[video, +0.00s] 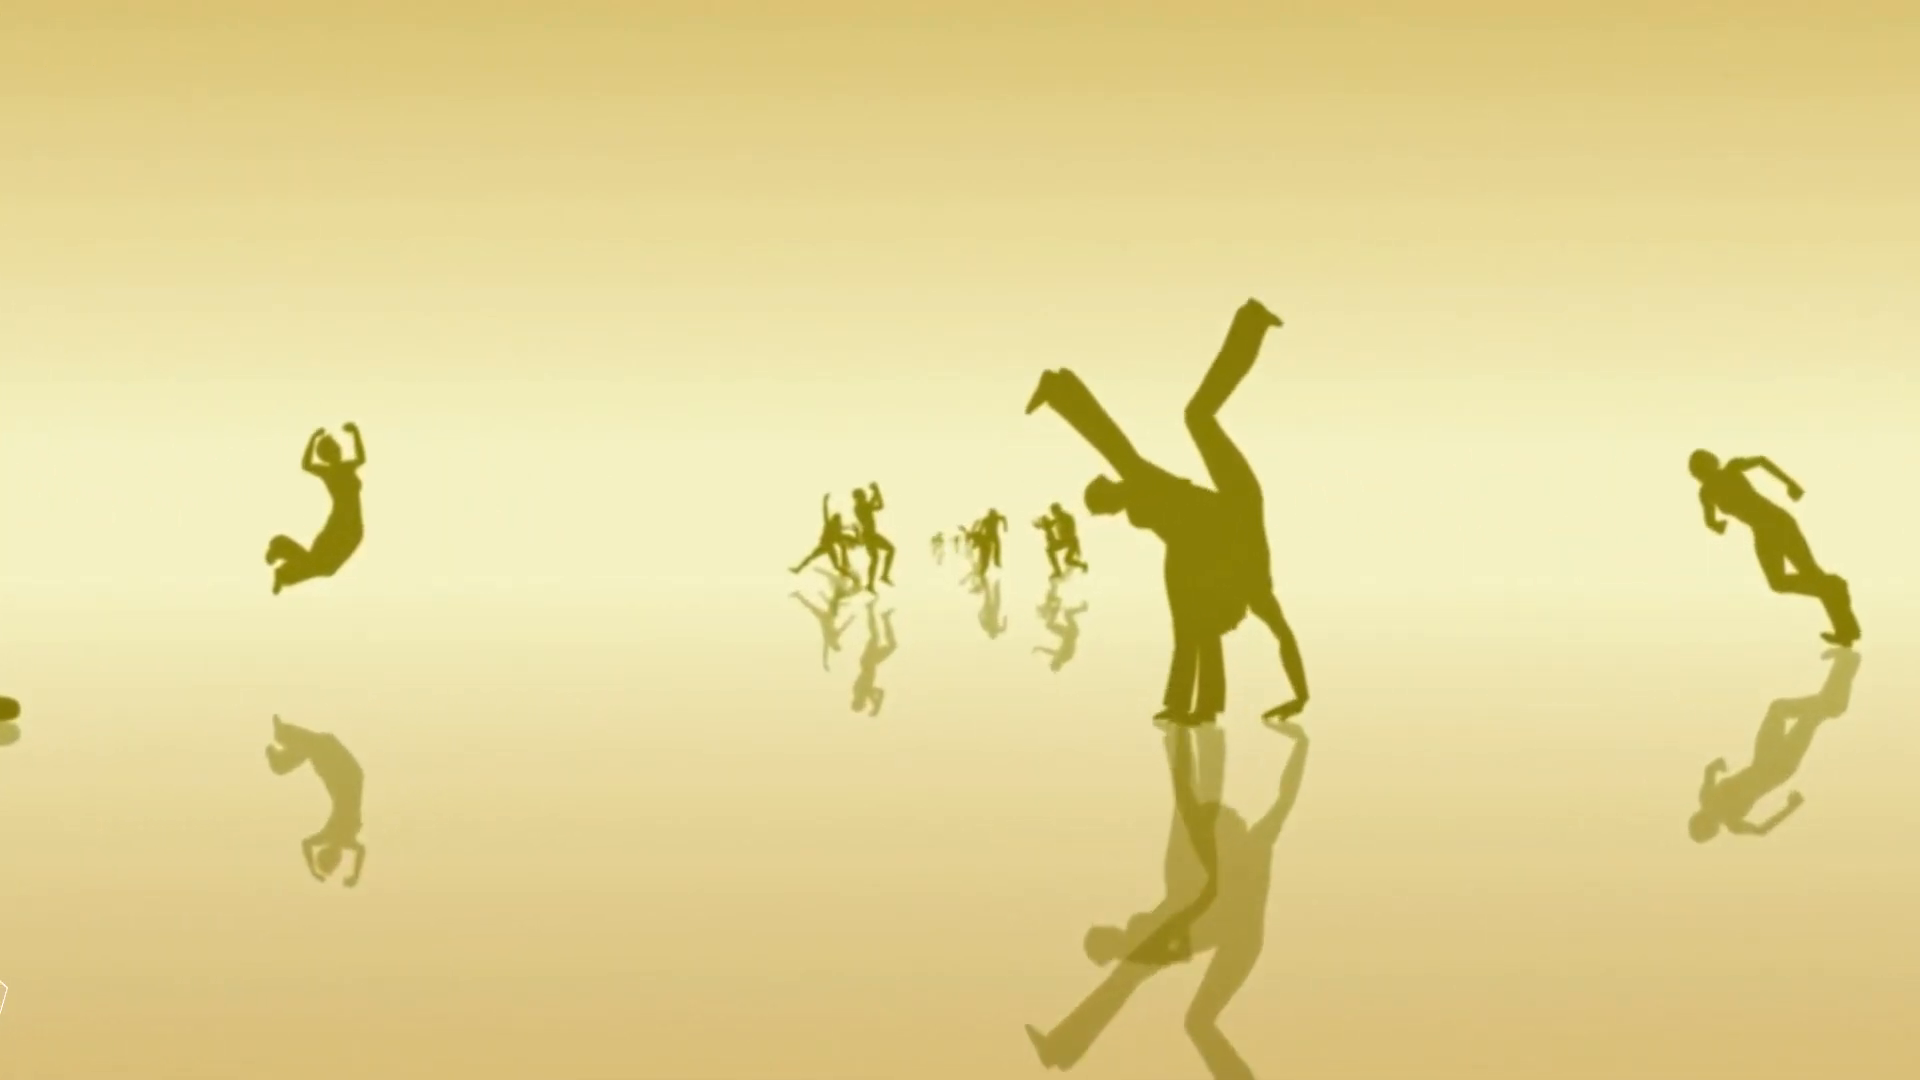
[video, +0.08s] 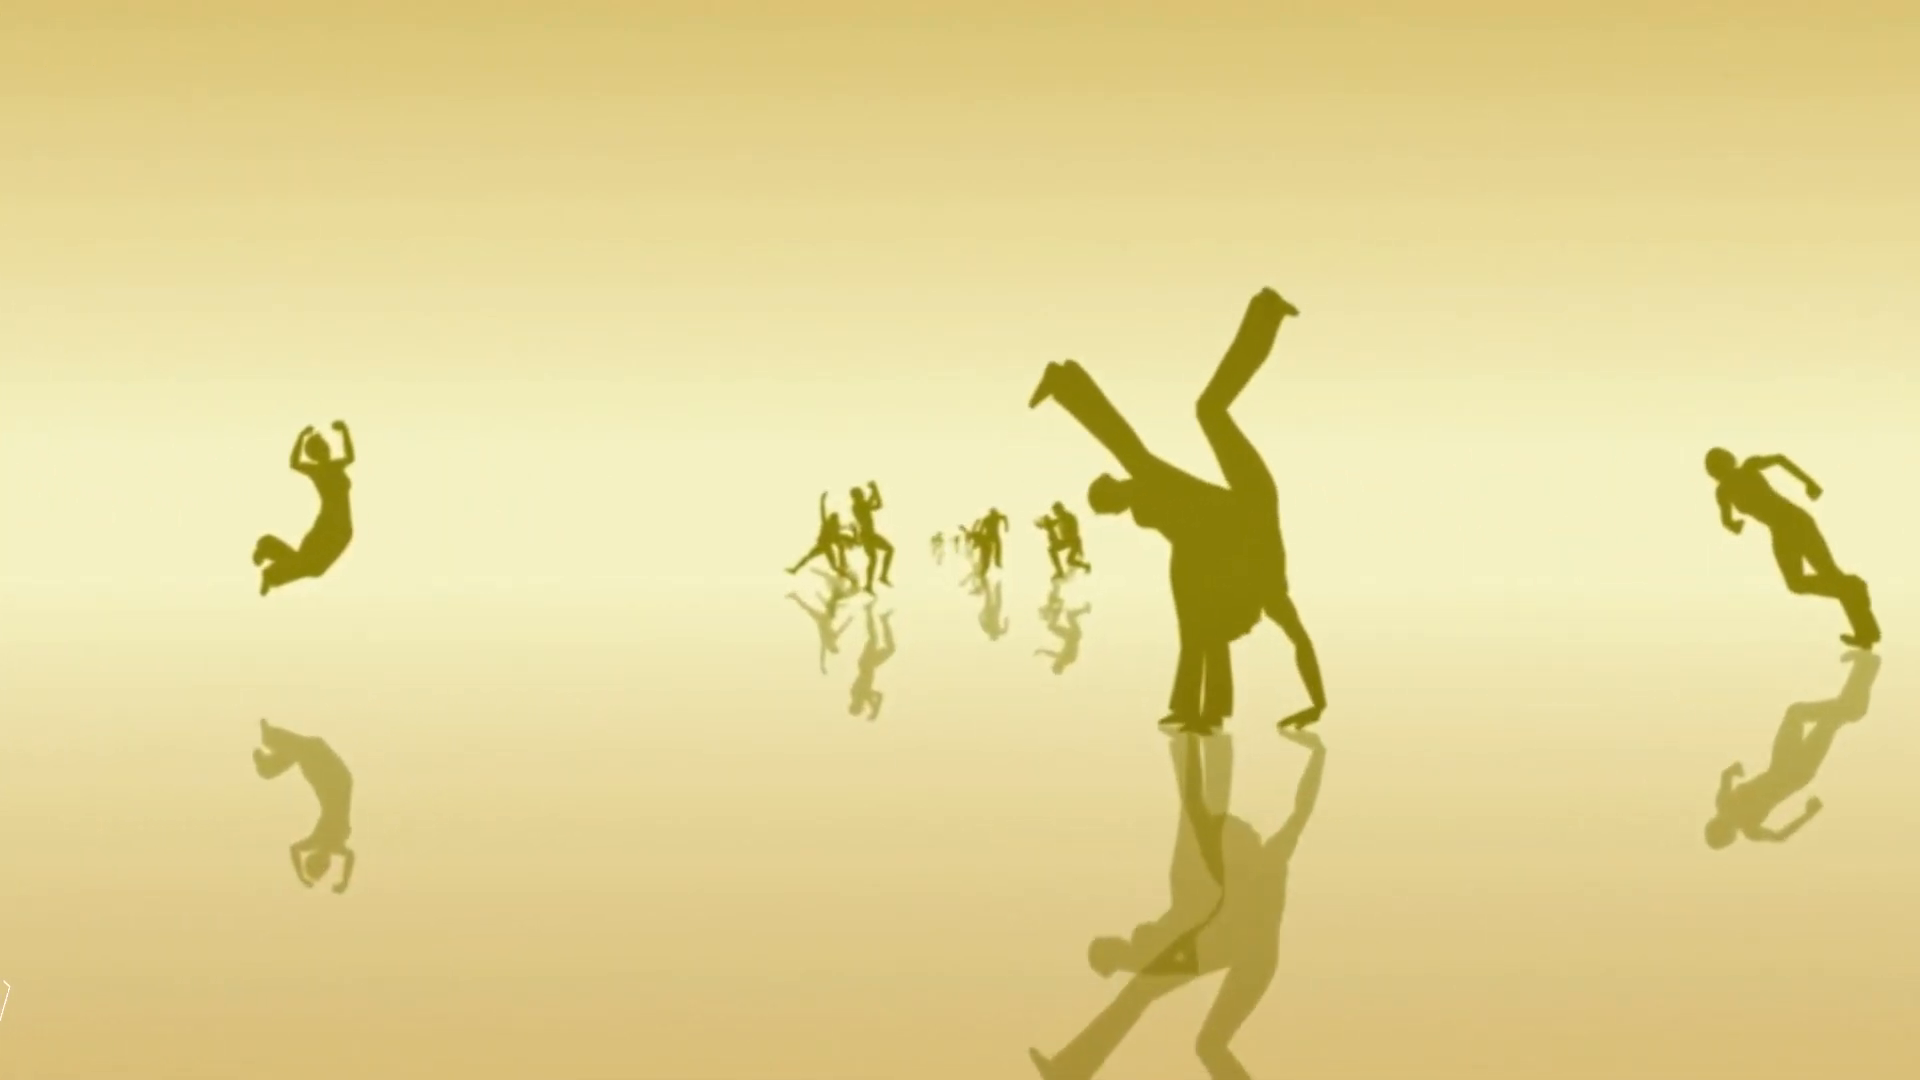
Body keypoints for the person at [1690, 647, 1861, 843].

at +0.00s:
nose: (1710, 831)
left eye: (1705, 830)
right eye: (1708, 833)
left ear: (1701, 818)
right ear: (1710, 830)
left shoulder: (1707, 799)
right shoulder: (1733, 824)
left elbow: (1709, 776)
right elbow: (1761, 830)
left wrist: (1715, 767)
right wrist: (1790, 808)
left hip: (1763, 758)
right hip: (1780, 769)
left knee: (1776, 709)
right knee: (1813, 717)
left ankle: (1823, 703)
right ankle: (1846, 663)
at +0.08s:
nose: (1727, 837)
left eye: (1722, 836)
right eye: (1725, 839)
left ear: (1717, 824)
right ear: (1727, 836)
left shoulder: (1724, 806)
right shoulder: (1751, 831)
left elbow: (1725, 782)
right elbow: (1780, 836)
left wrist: (1732, 771)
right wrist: (1808, 815)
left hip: (1780, 763)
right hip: (1798, 775)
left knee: (1794, 713)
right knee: (1833, 720)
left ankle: (1841, 707)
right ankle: (1866, 664)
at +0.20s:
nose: (1738, 841)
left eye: (1733, 839)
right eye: (1735, 843)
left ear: (1729, 827)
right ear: (1738, 841)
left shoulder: (1736, 809)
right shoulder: (1762, 834)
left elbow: (1737, 785)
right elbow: (1792, 840)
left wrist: (1743, 775)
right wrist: (1821, 819)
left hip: (1793, 767)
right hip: (1810, 778)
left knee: (1807, 716)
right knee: (1845, 723)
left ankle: (1857, 709)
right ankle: (1879, 667)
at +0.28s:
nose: (1756, 847)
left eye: (1750, 846)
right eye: (1753, 850)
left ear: (1746, 834)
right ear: (1756, 847)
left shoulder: (1753, 815)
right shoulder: (1780, 842)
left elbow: (1755, 788)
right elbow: (1811, 848)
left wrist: (1762, 780)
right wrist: (1841, 824)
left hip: (1812, 772)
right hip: (1829, 785)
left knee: (1826, 720)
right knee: (1864, 729)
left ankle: (1879, 714)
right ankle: (1900, 670)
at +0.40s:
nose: (1767, 846)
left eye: (1762, 846)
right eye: (1766, 850)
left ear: (1758, 838)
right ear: (1769, 850)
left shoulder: (1765, 818)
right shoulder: (1793, 845)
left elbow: (1767, 789)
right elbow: (1824, 853)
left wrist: (1776, 783)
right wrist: (1855, 828)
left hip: (1826, 773)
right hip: (1845, 787)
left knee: (1840, 722)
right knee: (1879, 729)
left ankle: (1890, 716)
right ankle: (1911, 666)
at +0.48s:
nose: (1787, 858)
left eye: (1781, 857)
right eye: (1785, 860)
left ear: (1776, 846)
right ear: (1787, 859)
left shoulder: (1784, 826)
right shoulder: (1813, 854)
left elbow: (1786, 798)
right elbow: (1846, 859)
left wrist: (1794, 789)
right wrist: (1875, 835)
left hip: (1846, 780)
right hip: (1866, 793)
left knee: (1861, 726)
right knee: (1896, 738)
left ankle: (1908, 718)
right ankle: (1912, 722)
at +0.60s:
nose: (1802, 866)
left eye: (1796, 864)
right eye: (1799, 868)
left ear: (1790, 853)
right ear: (1801, 865)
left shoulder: (1797, 828)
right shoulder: (1826, 857)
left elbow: (1800, 798)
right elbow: (1858, 865)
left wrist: (1809, 792)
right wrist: (1890, 841)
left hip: (1860, 784)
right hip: (1879, 798)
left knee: (1876, 727)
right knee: (1909, 744)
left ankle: (1915, 723)